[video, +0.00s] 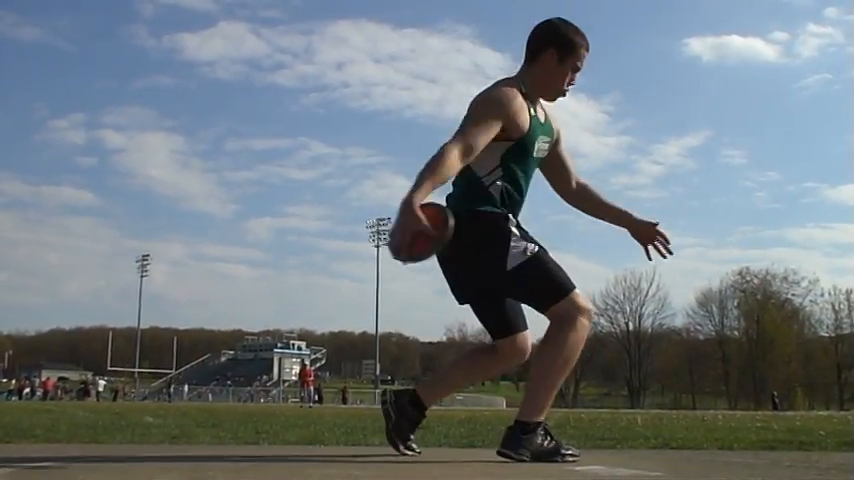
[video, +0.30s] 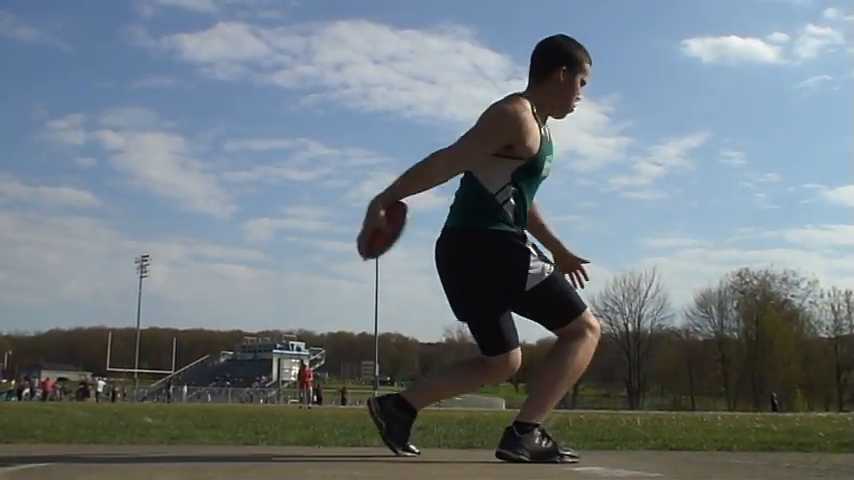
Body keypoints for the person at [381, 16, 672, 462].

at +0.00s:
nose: (573, 81)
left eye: (578, 72)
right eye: (571, 69)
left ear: (555, 63)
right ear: (546, 57)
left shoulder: (546, 122)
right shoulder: (504, 99)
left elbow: (571, 188)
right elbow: (459, 150)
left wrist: (630, 222)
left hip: (465, 236)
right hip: (486, 228)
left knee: (514, 347)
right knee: (576, 314)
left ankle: (412, 404)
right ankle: (527, 432)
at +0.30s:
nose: (581, 96)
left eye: (584, 87)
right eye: (582, 83)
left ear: (555, 77)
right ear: (558, 75)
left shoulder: (536, 129)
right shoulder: (515, 114)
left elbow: (519, 201)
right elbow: (450, 160)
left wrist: (557, 249)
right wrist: (384, 199)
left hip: (463, 250)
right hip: (495, 246)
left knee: (504, 360)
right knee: (585, 329)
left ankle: (401, 406)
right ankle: (526, 432)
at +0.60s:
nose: (532, 15)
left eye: (528, 11)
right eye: (532, 10)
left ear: (484, 10)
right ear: (528, 11)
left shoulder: (444, 51)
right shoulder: (533, 60)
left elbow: (420, 120)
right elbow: (596, 109)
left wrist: (471, 132)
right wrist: (643, 134)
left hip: (434, 192)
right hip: (492, 190)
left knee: (434, 306)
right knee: (533, 309)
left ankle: (379, 411)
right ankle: (527, 426)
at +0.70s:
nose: (515, 10)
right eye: (516, 7)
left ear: (471, 2)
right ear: (513, 5)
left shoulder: (429, 41)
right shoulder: (530, 47)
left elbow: (414, 106)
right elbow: (559, 81)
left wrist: (455, 81)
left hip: (433, 180)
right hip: (493, 179)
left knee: (416, 301)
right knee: (525, 305)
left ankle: (383, 412)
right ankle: (530, 419)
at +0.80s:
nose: (508, 10)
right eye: (510, 7)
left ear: (460, 4)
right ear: (505, 5)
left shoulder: (421, 44)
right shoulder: (523, 47)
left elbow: (409, 100)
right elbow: (509, 90)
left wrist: (427, 44)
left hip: (435, 183)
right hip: (498, 182)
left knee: (412, 303)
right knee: (525, 307)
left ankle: (382, 420)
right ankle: (529, 421)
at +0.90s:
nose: (504, 13)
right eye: (505, 9)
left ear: (455, 9)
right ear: (500, 10)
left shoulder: (417, 52)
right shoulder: (513, 56)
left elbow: (397, 105)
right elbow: (470, 49)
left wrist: (397, 43)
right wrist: (423, 20)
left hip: (434, 191)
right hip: (496, 190)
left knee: (410, 310)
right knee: (522, 311)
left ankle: (382, 427)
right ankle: (526, 427)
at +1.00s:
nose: (496, 19)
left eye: (454, 11)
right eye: (499, 15)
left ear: (452, 12)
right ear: (497, 16)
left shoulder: (415, 57)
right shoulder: (511, 60)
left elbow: (392, 117)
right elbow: (456, 51)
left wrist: (394, 52)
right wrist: (400, 22)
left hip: (433, 195)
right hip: (495, 193)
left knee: (408, 313)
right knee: (521, 313)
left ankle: (379, 431)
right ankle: (524, 432)